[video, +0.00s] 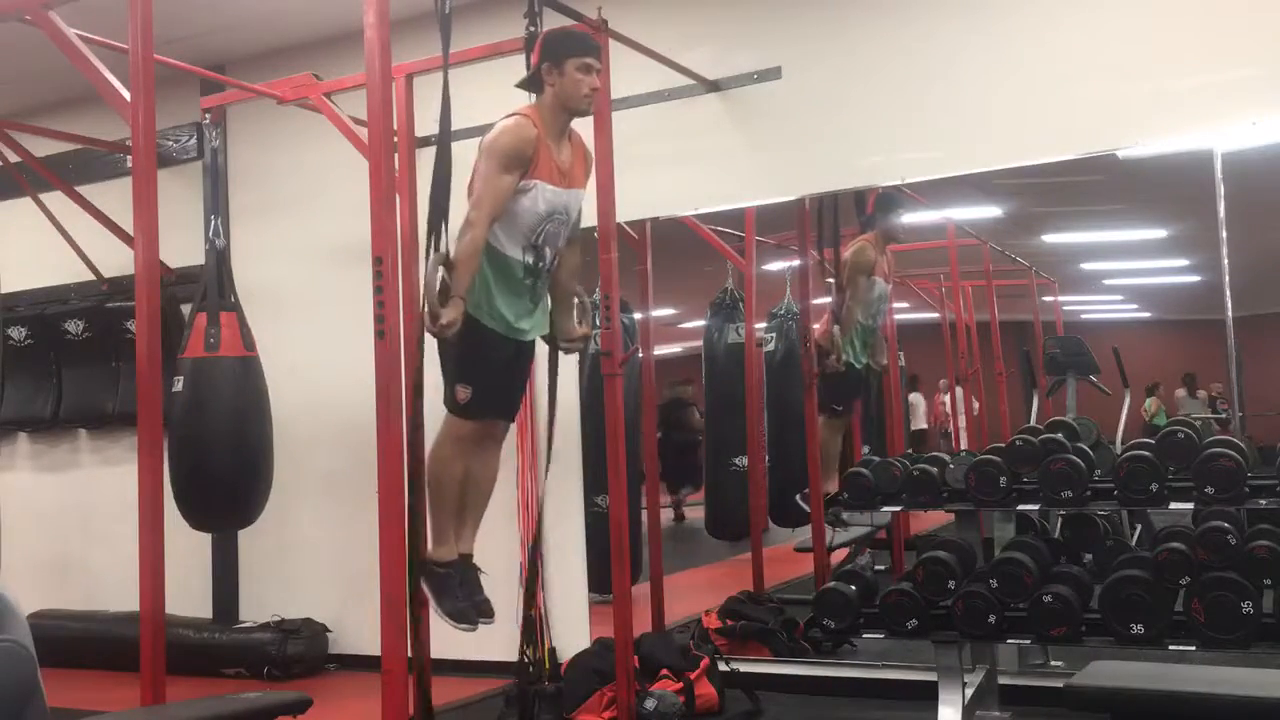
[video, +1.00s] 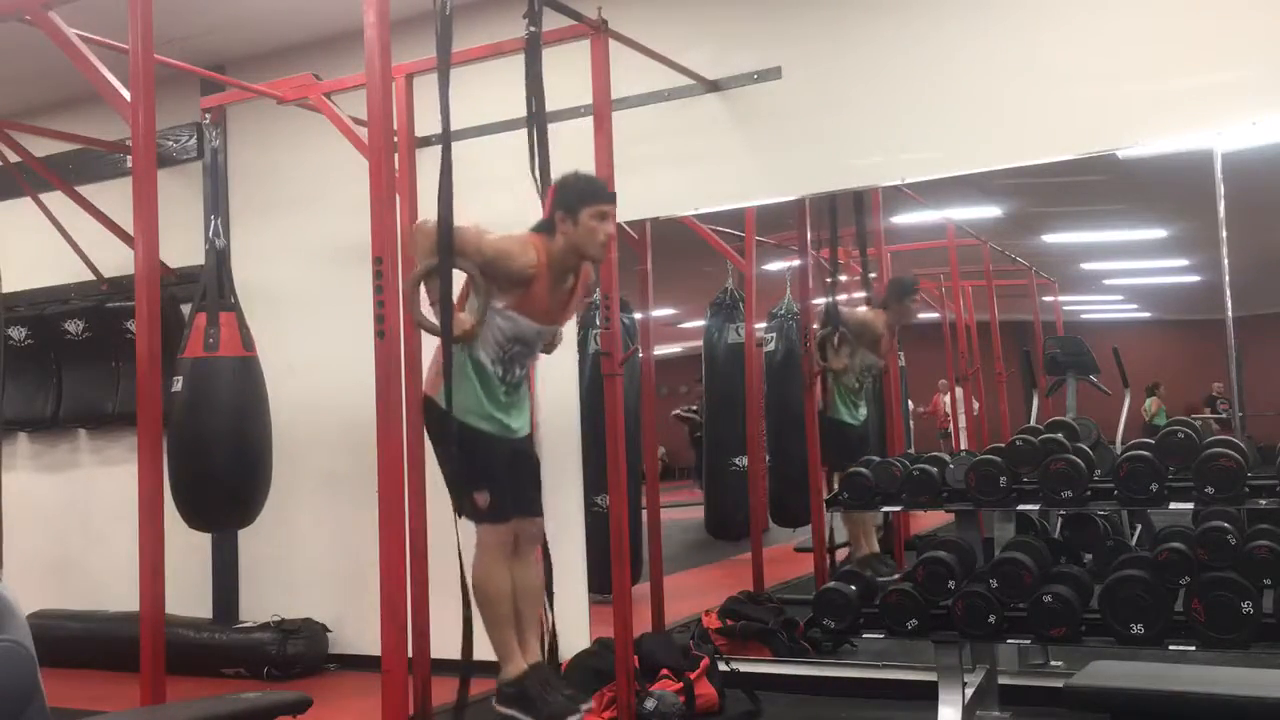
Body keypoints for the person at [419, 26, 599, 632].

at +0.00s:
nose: (596, 82)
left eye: (598, 72)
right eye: (584, 70)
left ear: (590, 82)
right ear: (548, 74)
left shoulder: (578, 151)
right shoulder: (516, 133)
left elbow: (565, 242)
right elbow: (476, 221)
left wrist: (566, 318)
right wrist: (456, 299)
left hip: (524, 314)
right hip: (480, 306)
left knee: (491, 433)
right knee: (462, 427)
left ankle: (462, 554)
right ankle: (439, 555)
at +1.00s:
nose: (611, 230)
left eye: (612, 219)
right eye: (600, 220)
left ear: (597, 225)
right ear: (563, 221)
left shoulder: (582, 274)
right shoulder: (519, 257)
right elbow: (429, 233)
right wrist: (421, 309)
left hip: (511, 402)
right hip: (461, 399)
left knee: (528, 531)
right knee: (497, 531)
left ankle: (533, 666)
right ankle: (509, 674)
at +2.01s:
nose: (468, 399)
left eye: (468, 389)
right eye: (458, 392)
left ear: (472, 394)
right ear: (431, 404)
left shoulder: (480, 443)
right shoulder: (421, 462)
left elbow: (546, 407)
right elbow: (436, 413)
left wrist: (530, 346)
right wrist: (448, 342)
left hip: (518, 593)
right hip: (470, 614)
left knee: (613, 611)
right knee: (589, 622)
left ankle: (731, 667)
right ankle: (726, 672)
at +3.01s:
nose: (473, 388)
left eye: (472, 379)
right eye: (460, 380)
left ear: (469, 383)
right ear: (436, 391)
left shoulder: (499, 425)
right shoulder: (432, 428)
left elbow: (568, 406)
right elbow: (480, 405)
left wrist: (552, 344)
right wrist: (480, 338)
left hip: (550, 569)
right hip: (504, 589)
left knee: (648, 590)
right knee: (622, 605)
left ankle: (768, 644)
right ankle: (764, 653)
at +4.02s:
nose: (592, 269)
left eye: (594, 257)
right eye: (583, 256)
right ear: (547, 253)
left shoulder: (559, 296)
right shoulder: (492, 276)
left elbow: (549, 323)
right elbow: (408, 243)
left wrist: (554, 338)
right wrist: (422, 312)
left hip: (492, 416)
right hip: (439, 414)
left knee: (562, 494)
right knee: (532, 499)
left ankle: (621, 622)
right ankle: (617, 622)